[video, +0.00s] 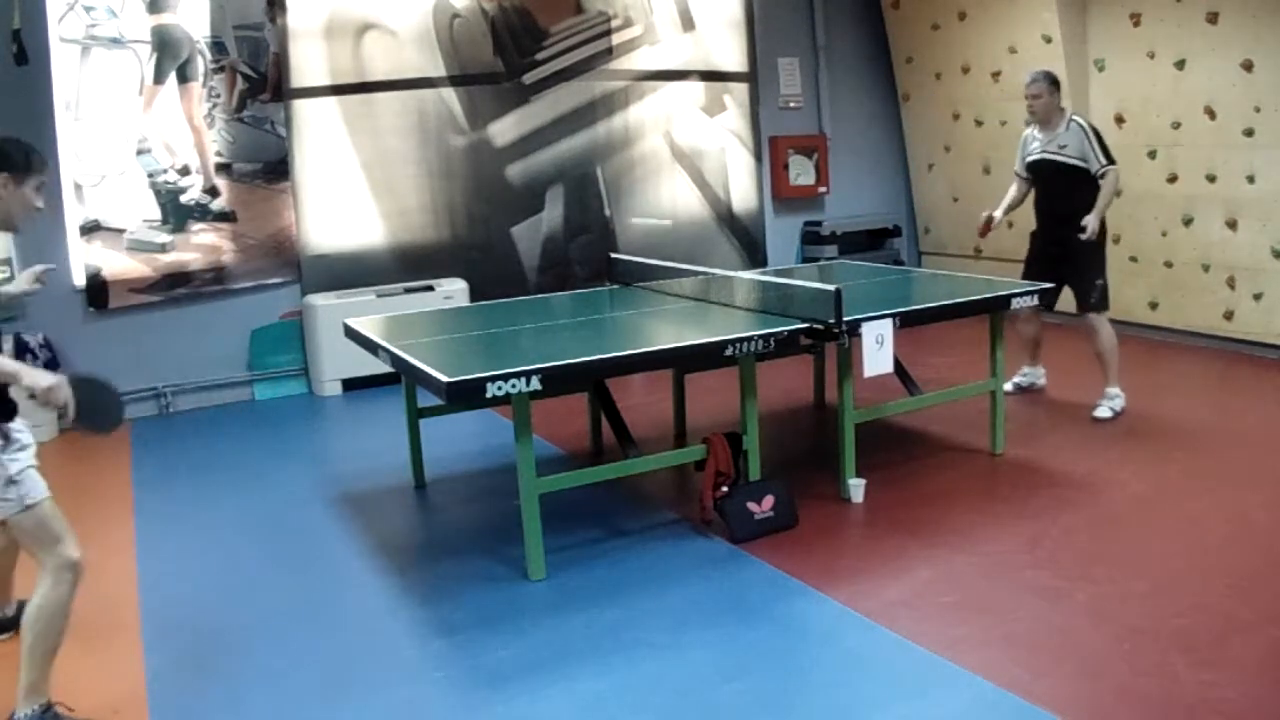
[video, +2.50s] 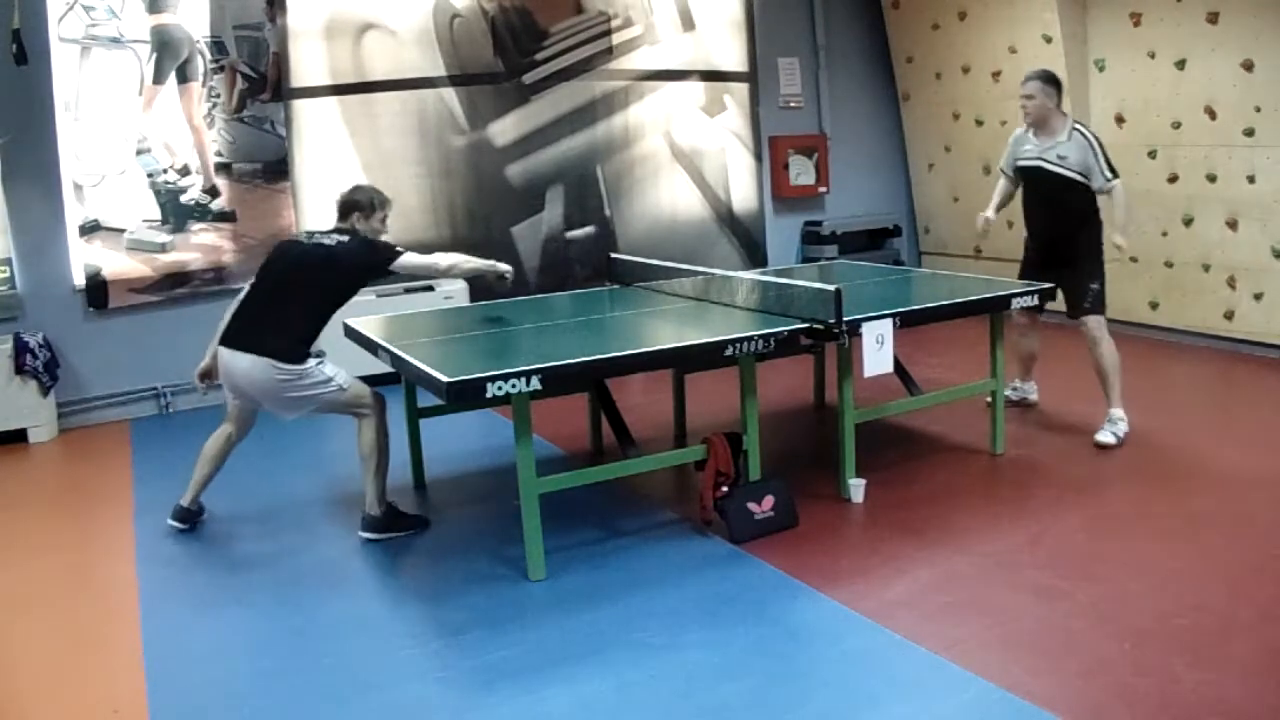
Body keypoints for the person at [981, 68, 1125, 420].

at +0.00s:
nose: (1030, 105)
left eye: (1036, 98)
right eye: (1027, 99)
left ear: (1056, 97)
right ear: (1026, 101)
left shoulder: (1081, 130)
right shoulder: (1030, 137)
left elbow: (1110, 176)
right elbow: (1021, 183)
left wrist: (1096, 214)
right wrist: (999, 212)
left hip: (1084, 238)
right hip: (1046, 237)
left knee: (1093, 315)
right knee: (1025, 308)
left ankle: (1113, 391)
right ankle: (1033, 370)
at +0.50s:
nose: (1004, 125)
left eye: (1011, 119)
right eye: (1001, 118)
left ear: (1030, 117)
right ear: (999, 117)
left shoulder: (1059, 139)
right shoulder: (994, 152)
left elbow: (1092, 173)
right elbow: (970, 185)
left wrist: (1107, 212)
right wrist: (945, 211)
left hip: (1070, 239)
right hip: (1026, 241)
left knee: (1087, 313)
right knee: (996, 305)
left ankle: (1111, 391)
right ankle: (993, 380)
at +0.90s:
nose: (1025, 110)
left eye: (1031, 104)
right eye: (1023, 104)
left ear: (1052, 104)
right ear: (1024, 106)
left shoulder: (1080, 135)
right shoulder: (1022, 141)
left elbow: (1111, 178)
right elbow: (1017, 186)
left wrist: (1114, 222)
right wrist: (995, 217)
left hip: (1082, 243)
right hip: (1040, 242)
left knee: (1092, 322)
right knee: (1013, 312)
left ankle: (1108, 389)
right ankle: (995, 380)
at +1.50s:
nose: (1034, 125)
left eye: (1042, 118)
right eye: (1030, 118)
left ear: (1061, 118)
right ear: (1026, 120)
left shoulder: (1089, 144)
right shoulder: (1024, 160)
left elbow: (1120, 178)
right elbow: (1023, 206)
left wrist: (1122, 218)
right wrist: (1032, 244)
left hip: (1095, 246)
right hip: (1053, 248)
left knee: (1100, 316)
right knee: (1021, 313)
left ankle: (1118, 405)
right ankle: (1032, 380)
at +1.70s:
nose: (1069, 147)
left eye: (1077, 140)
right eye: (1064, 140)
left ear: (1093, 139)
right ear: (1058, 140)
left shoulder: (1114, 166)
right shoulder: (1054, 179)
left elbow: (1136, 196)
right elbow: (1050, 218)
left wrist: (1156, 232)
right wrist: (1051, 253)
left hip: (1111, 258)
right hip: (1069, 259)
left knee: (1112, 325)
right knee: (1021, 323)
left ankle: (1120, 420)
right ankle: (1034, 383)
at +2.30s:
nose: (1054, 117)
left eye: (1062, 112)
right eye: (1052, 111)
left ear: (1086, 114)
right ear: (1052, 113)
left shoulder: (1115, 155)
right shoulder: (1039, 152)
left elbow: (1146, 198)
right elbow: (1022, 192)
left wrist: (1163, 246)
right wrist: (1025, 224)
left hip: (1103, 254)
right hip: (1060, 250)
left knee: (1106, 332)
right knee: (1032, 317)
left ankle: (1119, 420)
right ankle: (1025, 381)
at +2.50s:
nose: (1023, 106)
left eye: (1030, 98)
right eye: (1021, 99)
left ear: (1054, 101)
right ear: (1024, 102)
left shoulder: (1083, 140)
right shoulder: (1021, 139)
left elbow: (1113, 186)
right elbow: (1008, 179)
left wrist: (1119, 231)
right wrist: (992, 208)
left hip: (1081, 250)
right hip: (1039, 248)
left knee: (1092, 326)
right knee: (1021, 319)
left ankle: (1116, 413)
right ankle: (1024, 385)